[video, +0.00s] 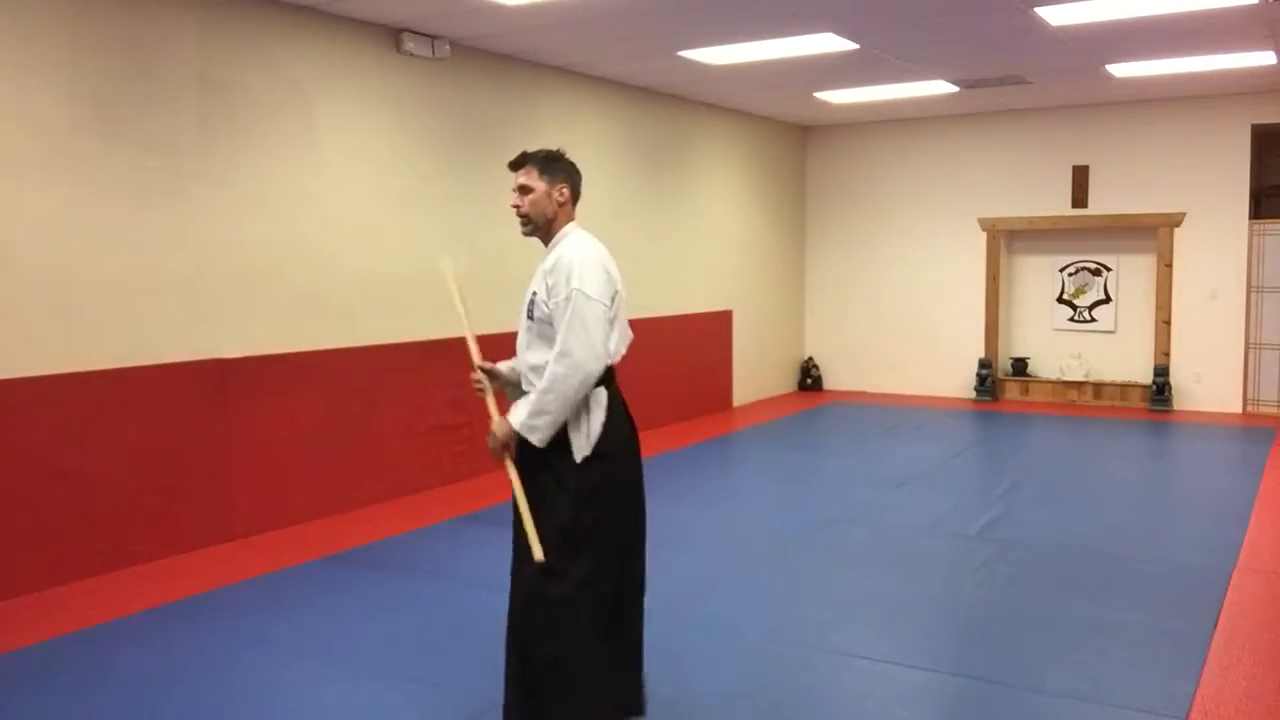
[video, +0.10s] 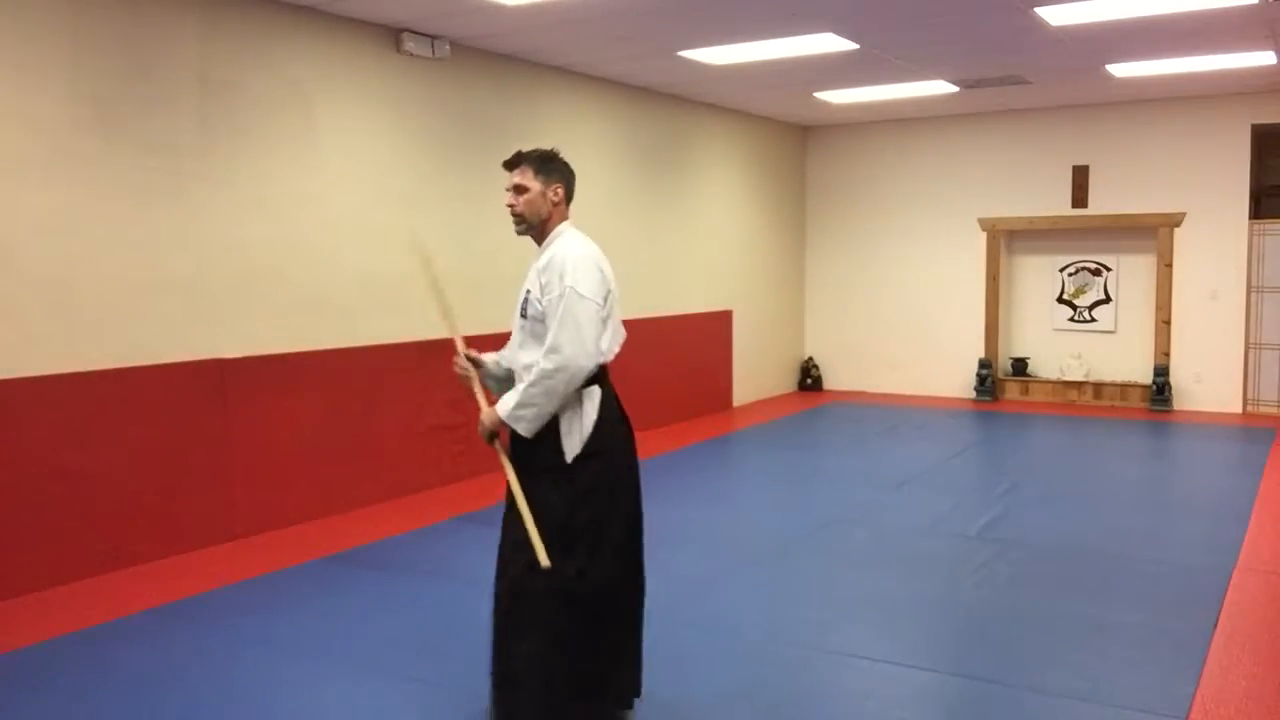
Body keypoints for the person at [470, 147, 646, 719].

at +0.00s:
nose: (515, 202)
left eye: (525, 190)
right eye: (514, 192)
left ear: (562, 194)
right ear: (552, 198)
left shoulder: (581, 259)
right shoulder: (558, 259)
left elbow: (582, 360)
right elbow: (554, 353)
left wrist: (521, 423)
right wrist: (506, 374)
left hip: (586, 437)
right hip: (559, 433)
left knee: (578, 586)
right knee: (552, 585)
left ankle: (582, 707)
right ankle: (554, 705)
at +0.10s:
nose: (510, 201)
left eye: (520, 190)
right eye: (509, 191)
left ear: (556, 194)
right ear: (544, 198)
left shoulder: (575, 259)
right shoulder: (549, 260)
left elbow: (573, 357)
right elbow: (539, 352)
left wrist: (509, 414)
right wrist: (488, 366)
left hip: (579, 435)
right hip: (550, 432)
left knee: (574, 576)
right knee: (535, 574)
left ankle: (574, 702)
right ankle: (539, 701)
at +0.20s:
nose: (503, 201)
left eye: (513, 191)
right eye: (502, 191)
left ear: (549, 195)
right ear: (534, 199)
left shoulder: (566, 259)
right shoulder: (541, 261)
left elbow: (565, 360)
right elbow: (529, 354)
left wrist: (501, 416)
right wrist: (471, 347)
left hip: (572, 432)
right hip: (543, 430)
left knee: (570, 568)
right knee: (536, 569)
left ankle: (573, 698)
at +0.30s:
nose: (493, 200)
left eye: (504, 190)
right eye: (493, 190)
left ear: (540, 196)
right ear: (522, 199)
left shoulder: (555, 259)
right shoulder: (533, 261)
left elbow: (558, 363)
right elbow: (517, 341)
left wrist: (498, 421)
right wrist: (453, 325)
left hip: (561, 430)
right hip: (537, 427)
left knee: (542, 564)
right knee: (540, 563)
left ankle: (537, 699)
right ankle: (551, 694)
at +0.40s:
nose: (483, 203)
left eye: (494, 192)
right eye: (483, 192)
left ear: (529, 199)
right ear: (513, 201)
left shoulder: (548, 264)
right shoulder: (522, 261)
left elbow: (552, 371)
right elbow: (503, 325)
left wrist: (491, 423)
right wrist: (437, 309)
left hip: (556, 430)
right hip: (526, 427)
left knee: (542, 562)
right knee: (522, 560)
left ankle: (540, 697)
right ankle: (528, 693)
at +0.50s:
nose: (477, 209)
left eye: (487, 198)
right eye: (475, 198)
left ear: (523, 201)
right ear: (504, 204)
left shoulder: (546, 270)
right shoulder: (514, 262)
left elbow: (551, 377)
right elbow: (494, 313)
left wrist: (489, 425)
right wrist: (432, 297)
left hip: (552, 434)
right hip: (516, 430)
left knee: (541, 565)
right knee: (506, 562)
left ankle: (547, 696)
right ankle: (511, 693)